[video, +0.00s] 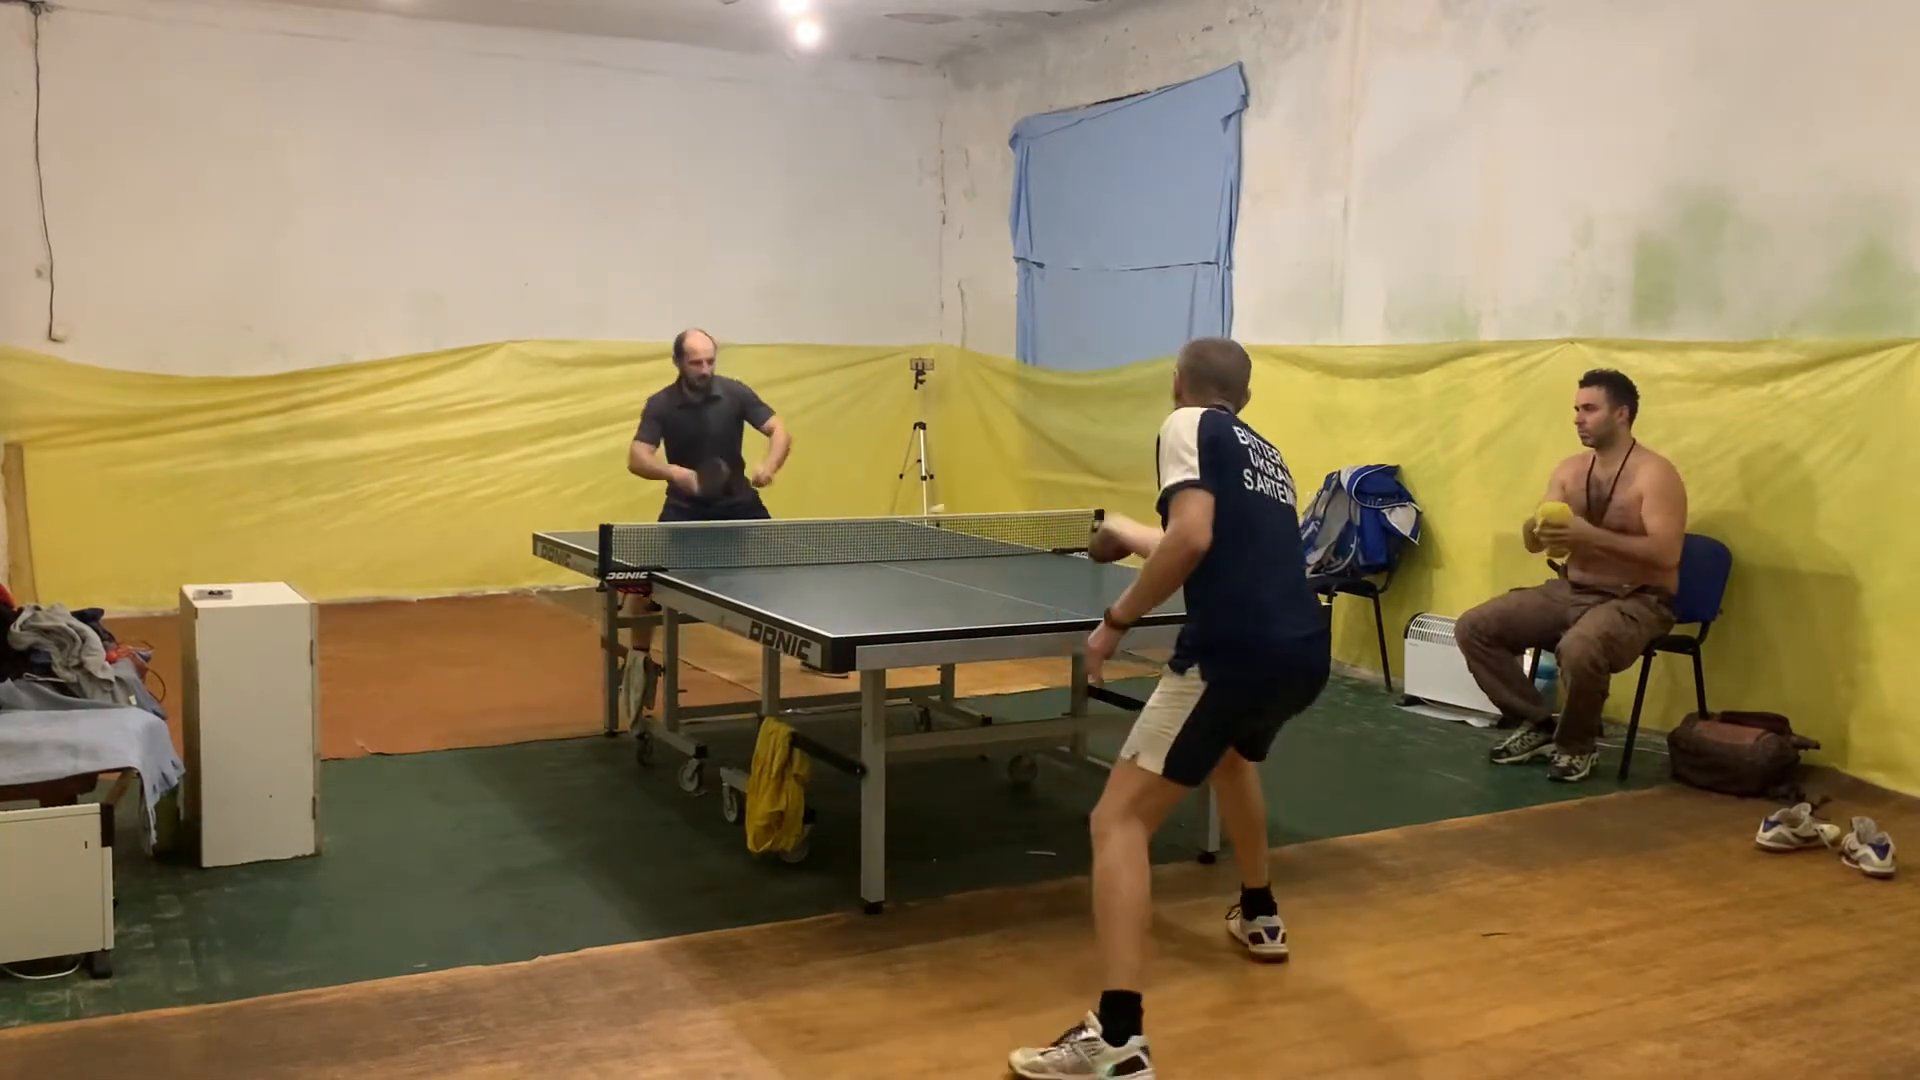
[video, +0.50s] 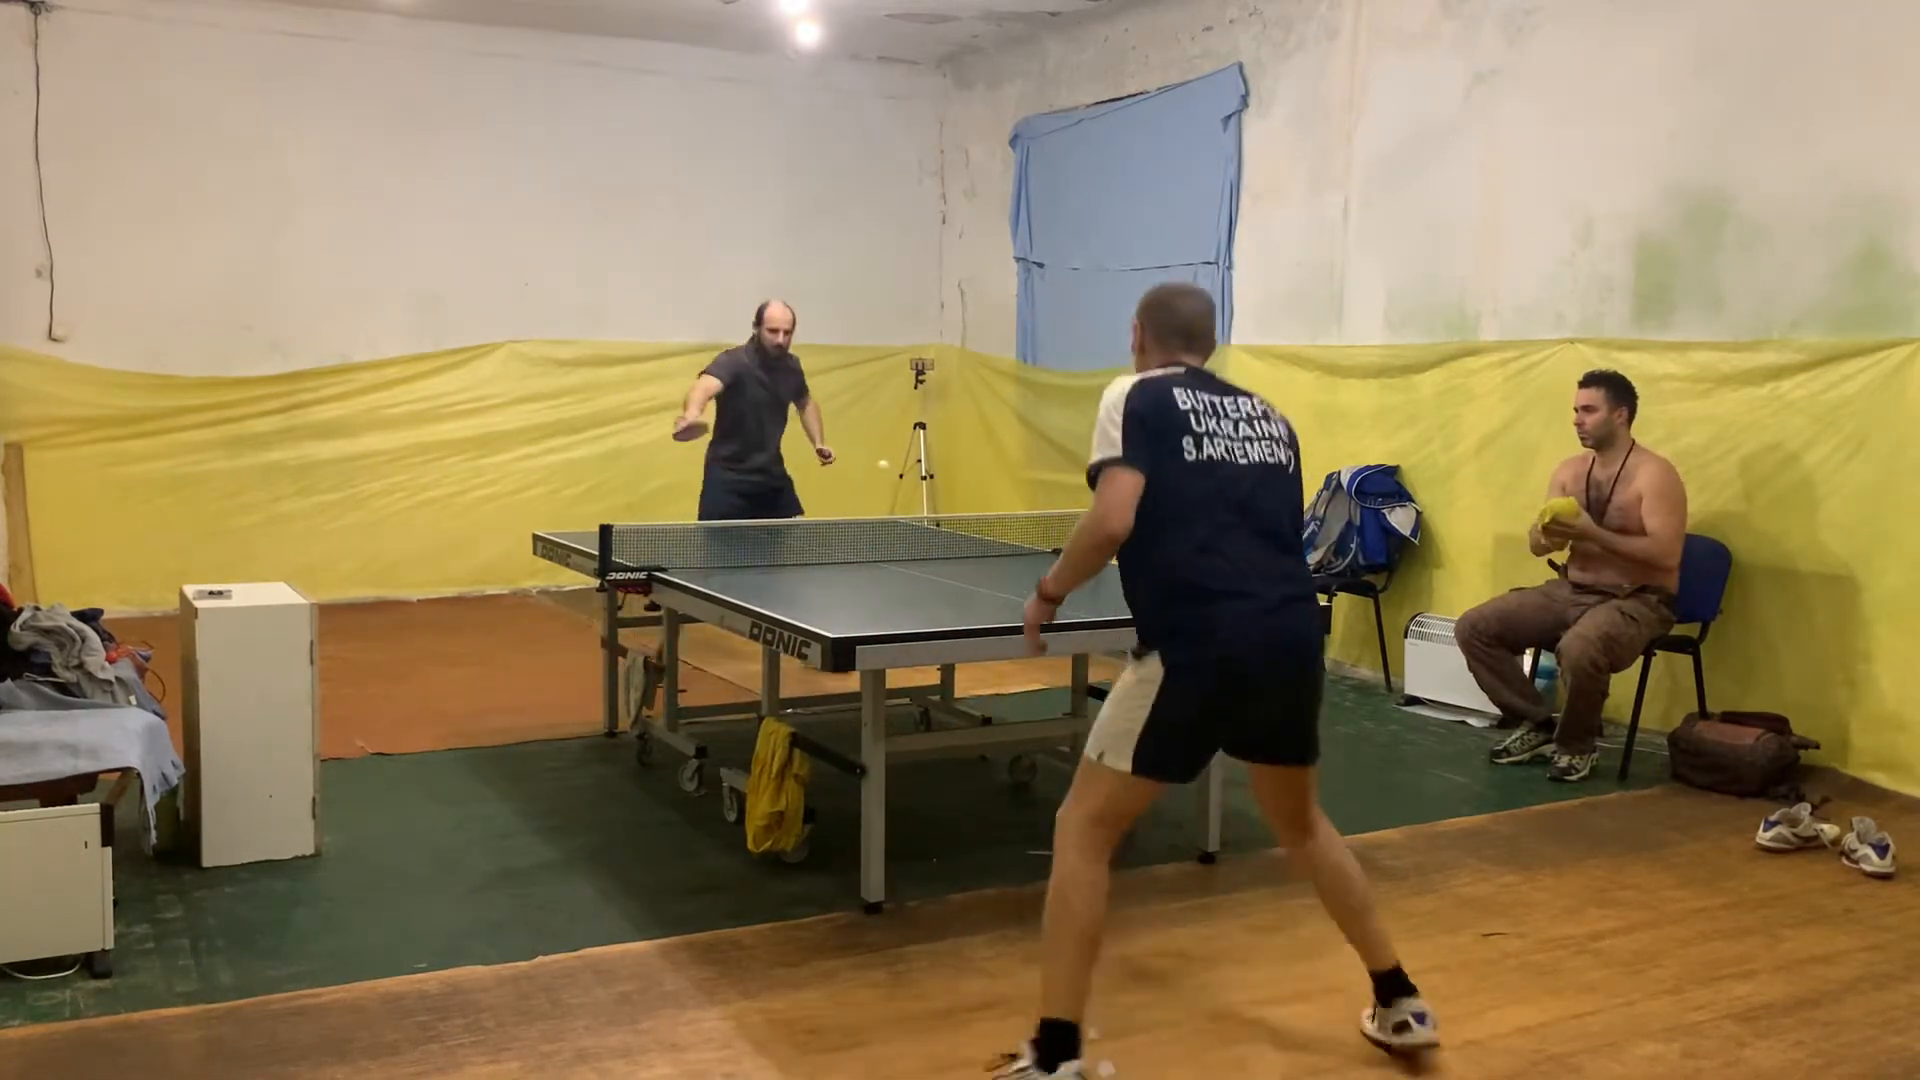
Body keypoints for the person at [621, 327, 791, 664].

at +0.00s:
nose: (705, 370)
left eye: (710, 362)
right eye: (697, 363)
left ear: (716, 359)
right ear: (678, 362)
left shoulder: (735, 393)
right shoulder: (661, 404)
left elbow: (781, 433)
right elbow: (637, 460)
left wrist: (769, 466)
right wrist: (672, 472)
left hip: (739, 503)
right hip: (685, 507)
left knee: (783, 563)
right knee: (643, 579)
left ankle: (806, 641)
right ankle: (639, 664)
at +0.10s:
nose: (734, 385)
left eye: (739, 377)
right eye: (725, 377)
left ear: (745, 374)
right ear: (708, 373)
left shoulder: (753, 403)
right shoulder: (682, 407)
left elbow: (786, 445)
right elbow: (667, 463)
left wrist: (781, 487)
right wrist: (719, 479)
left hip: (739, 511)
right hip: (687, 513)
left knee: (790, 561)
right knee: (651, 584)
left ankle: (808, 645)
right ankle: (638, 661)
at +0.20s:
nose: (765, 410)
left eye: (769, 402)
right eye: (757, 401)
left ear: (775, 396)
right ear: (738, 393)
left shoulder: (768, 417)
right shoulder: (708, 414)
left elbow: (789, 455)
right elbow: (713, 464)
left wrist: (789, 493)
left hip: (743, 508)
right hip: (696, 512)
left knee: (793, 556)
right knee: (658, 584)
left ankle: (809, 643)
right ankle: (639, 659)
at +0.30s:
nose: (778, 399)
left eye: (784, 392)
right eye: (772, 390)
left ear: (788, 389)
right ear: (753, 383)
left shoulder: (777, 411)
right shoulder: (724, 411)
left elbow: (795, 446)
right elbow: (741, 444)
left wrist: (801, 487)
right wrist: (771, 476)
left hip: (759, 514)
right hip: (711, 516)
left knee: (802, 568)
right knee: (671, 587)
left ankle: (811, 645)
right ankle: (640, 661)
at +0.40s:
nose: (783, 363)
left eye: (789, 356)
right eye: (777, 355)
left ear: (795, 355)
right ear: (759, 350)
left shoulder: (785, 383)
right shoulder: (737, 383)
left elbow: (798, 416)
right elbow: (721, 414)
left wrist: (813, 454)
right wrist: (719, 443)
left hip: (766, 489)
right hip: (725, 493)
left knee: (807, 548)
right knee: (696, 567)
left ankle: (815, 641)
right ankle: (644, 652)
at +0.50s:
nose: (780, 340)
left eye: (786, 333)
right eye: (773, 331)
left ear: (792, 333)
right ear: (757, 328)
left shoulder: (791, 367)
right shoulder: (734, 361)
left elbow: (805, 404)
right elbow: (703, 388)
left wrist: (819, 443)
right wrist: (692, 416)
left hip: (770, 473)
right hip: (728, 474)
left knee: (792, 538)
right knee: (719, 549)